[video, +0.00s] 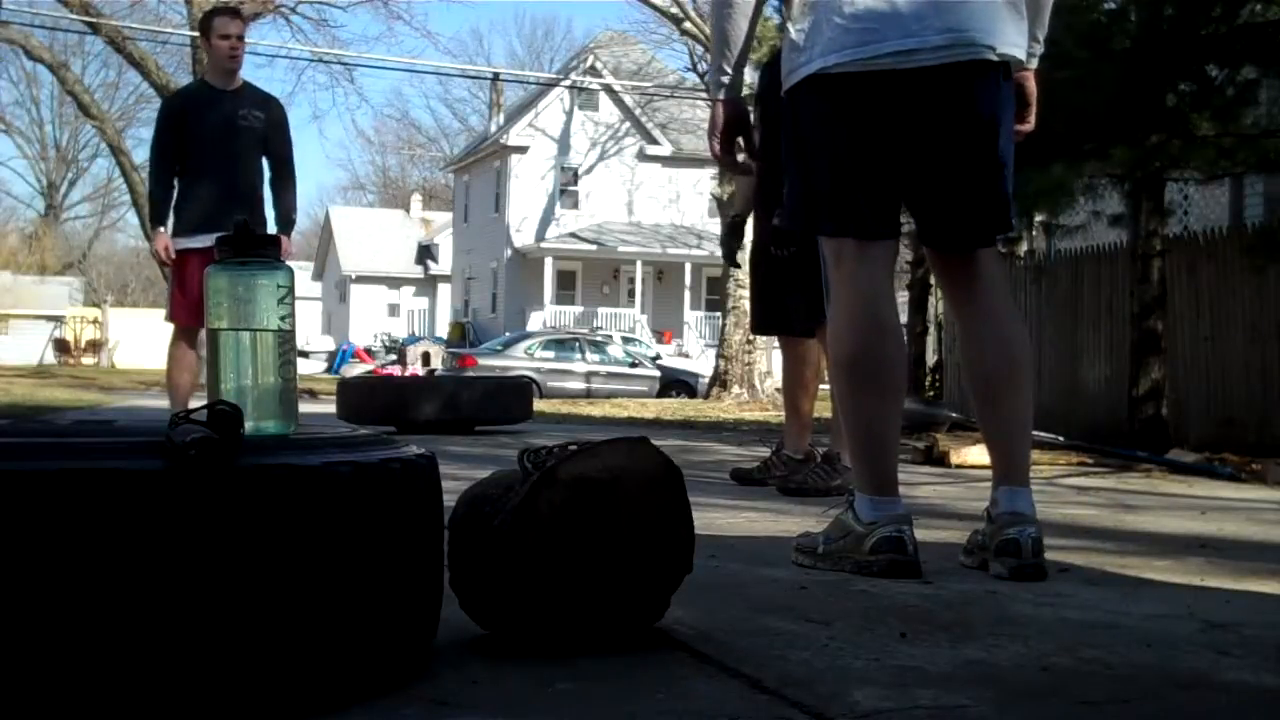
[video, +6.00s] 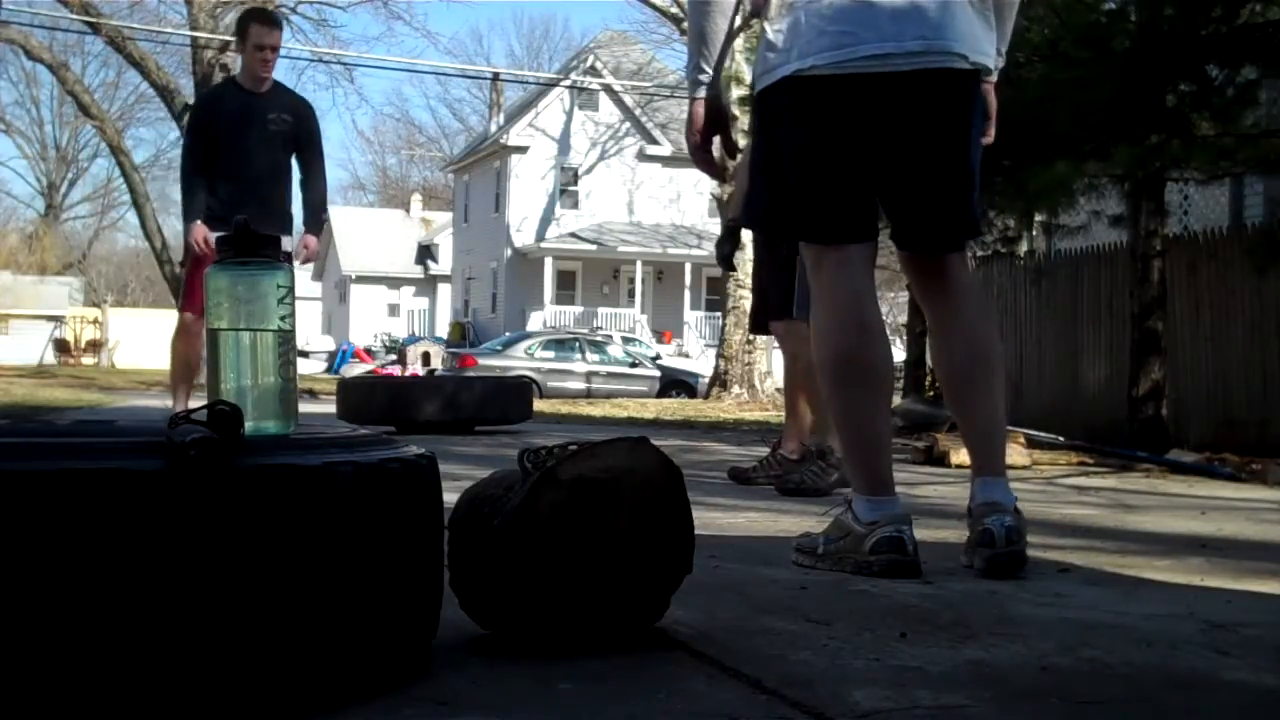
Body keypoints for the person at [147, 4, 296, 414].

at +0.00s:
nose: (235, 46)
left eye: (240, 39)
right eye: (226, 38)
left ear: (246, 44)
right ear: (205, 44)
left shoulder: (267, 107)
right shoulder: (177, 105)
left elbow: (283, 172)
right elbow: (161, 171)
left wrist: (285, 230)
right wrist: (158, 227)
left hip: (249, 238)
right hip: (191, 238)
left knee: (246, 335)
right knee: (187, 331)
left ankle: (242, 424)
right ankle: (179, 422)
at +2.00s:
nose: (235, 47)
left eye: (239, 40)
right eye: (225, 39)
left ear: (243, 46)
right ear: (201, 46)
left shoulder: (262, 107)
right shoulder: (175, 105)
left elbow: (289, 166)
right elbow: (152, 166)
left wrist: (273, 190)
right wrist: (175, 189)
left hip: (246, 236)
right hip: (193, 237)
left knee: (245, 333)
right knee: (187, 331)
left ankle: (243, 424)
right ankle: (178, 421)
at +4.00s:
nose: (239, 51)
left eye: (242, 44)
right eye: (229, 44)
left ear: (246, 47)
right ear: (205, 50)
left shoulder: (267, 109)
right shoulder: (179, 108)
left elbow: (285, 170)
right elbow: (163, 169)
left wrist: (276, 221)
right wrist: (176, 220)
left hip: (251, 239)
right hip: (196, 239)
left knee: (251, 334)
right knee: (189, 330)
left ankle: (249, 425)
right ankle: (178, 421)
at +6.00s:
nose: (268, 56)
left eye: (275, 48)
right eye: (260, 48)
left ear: (282, 49)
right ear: (240, 47)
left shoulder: (297, 108)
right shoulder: (210, 103)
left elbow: (313, 173)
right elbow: (192, 167)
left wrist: (313, 229)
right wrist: (194, 220)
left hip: (269, 235)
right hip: (214, 232)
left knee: (267, 329)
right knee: (192, 319)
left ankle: (266, 417)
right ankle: (180, 408)